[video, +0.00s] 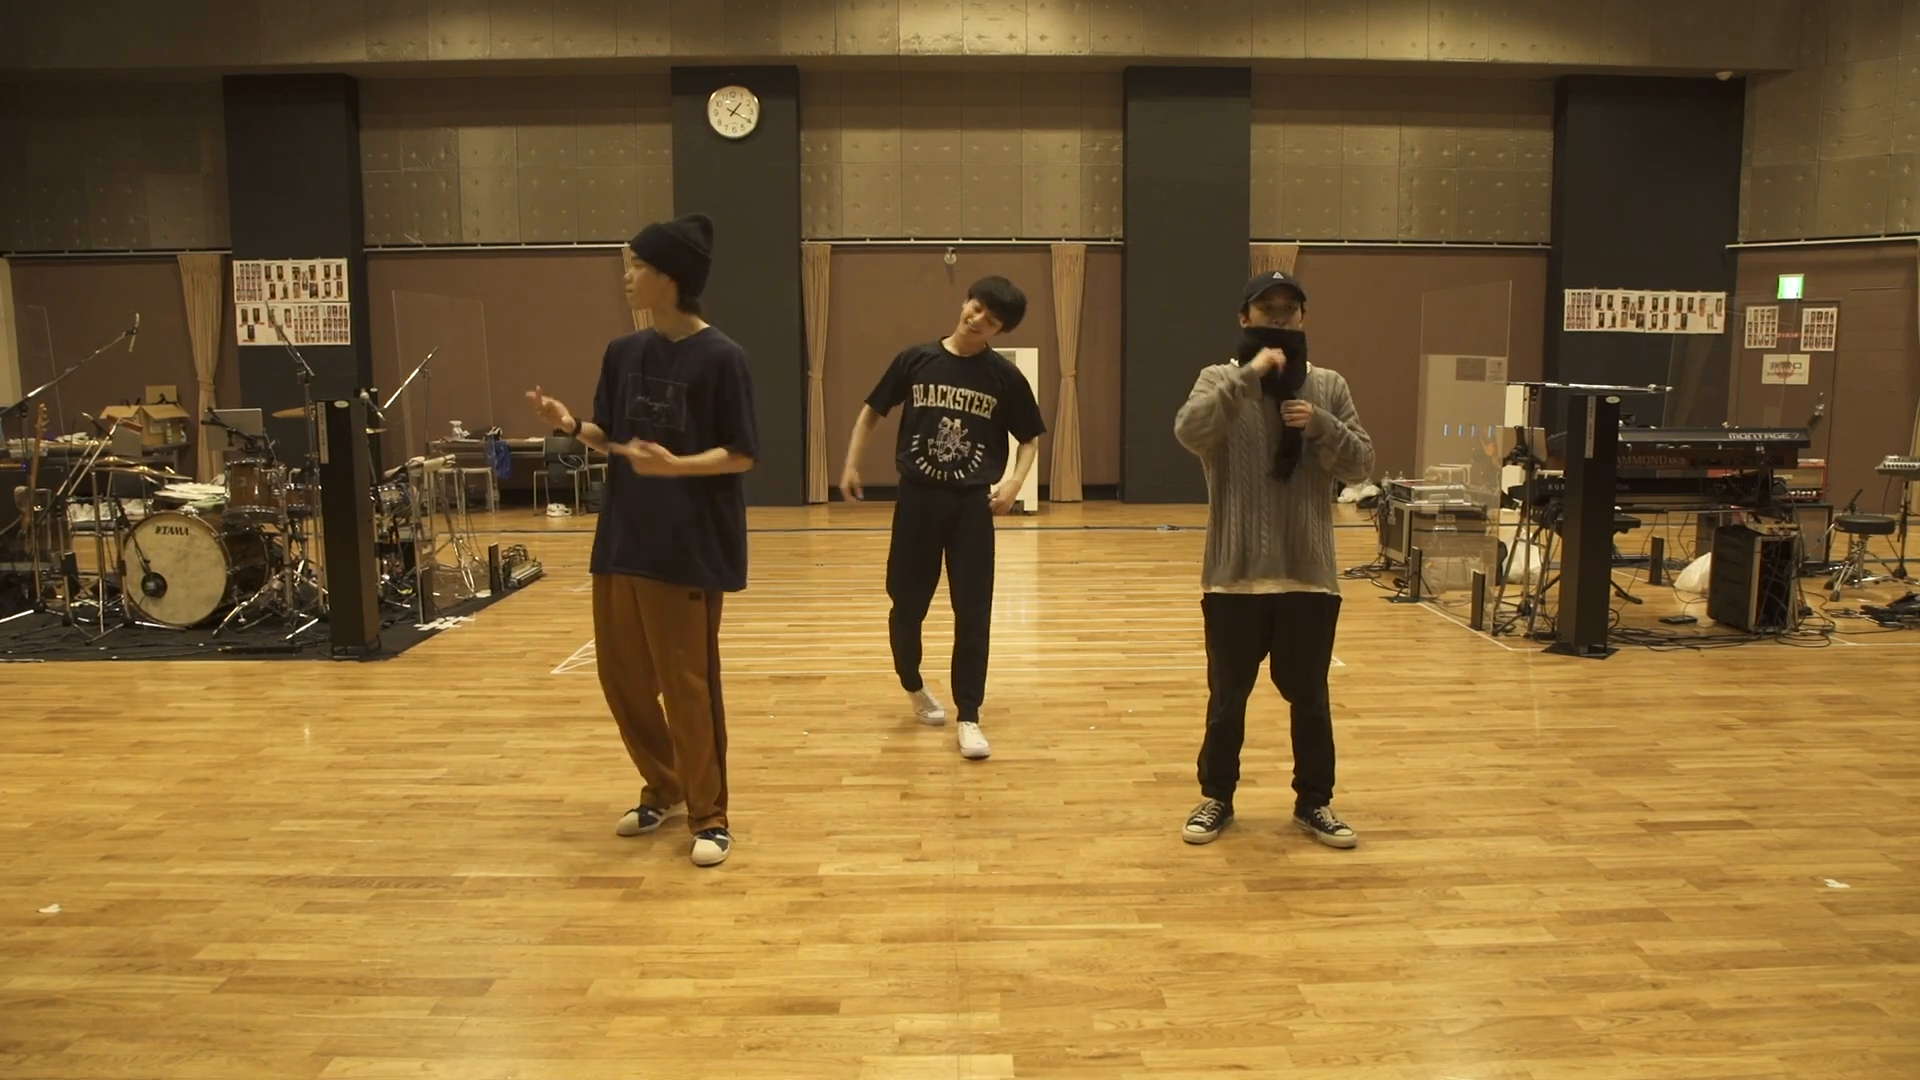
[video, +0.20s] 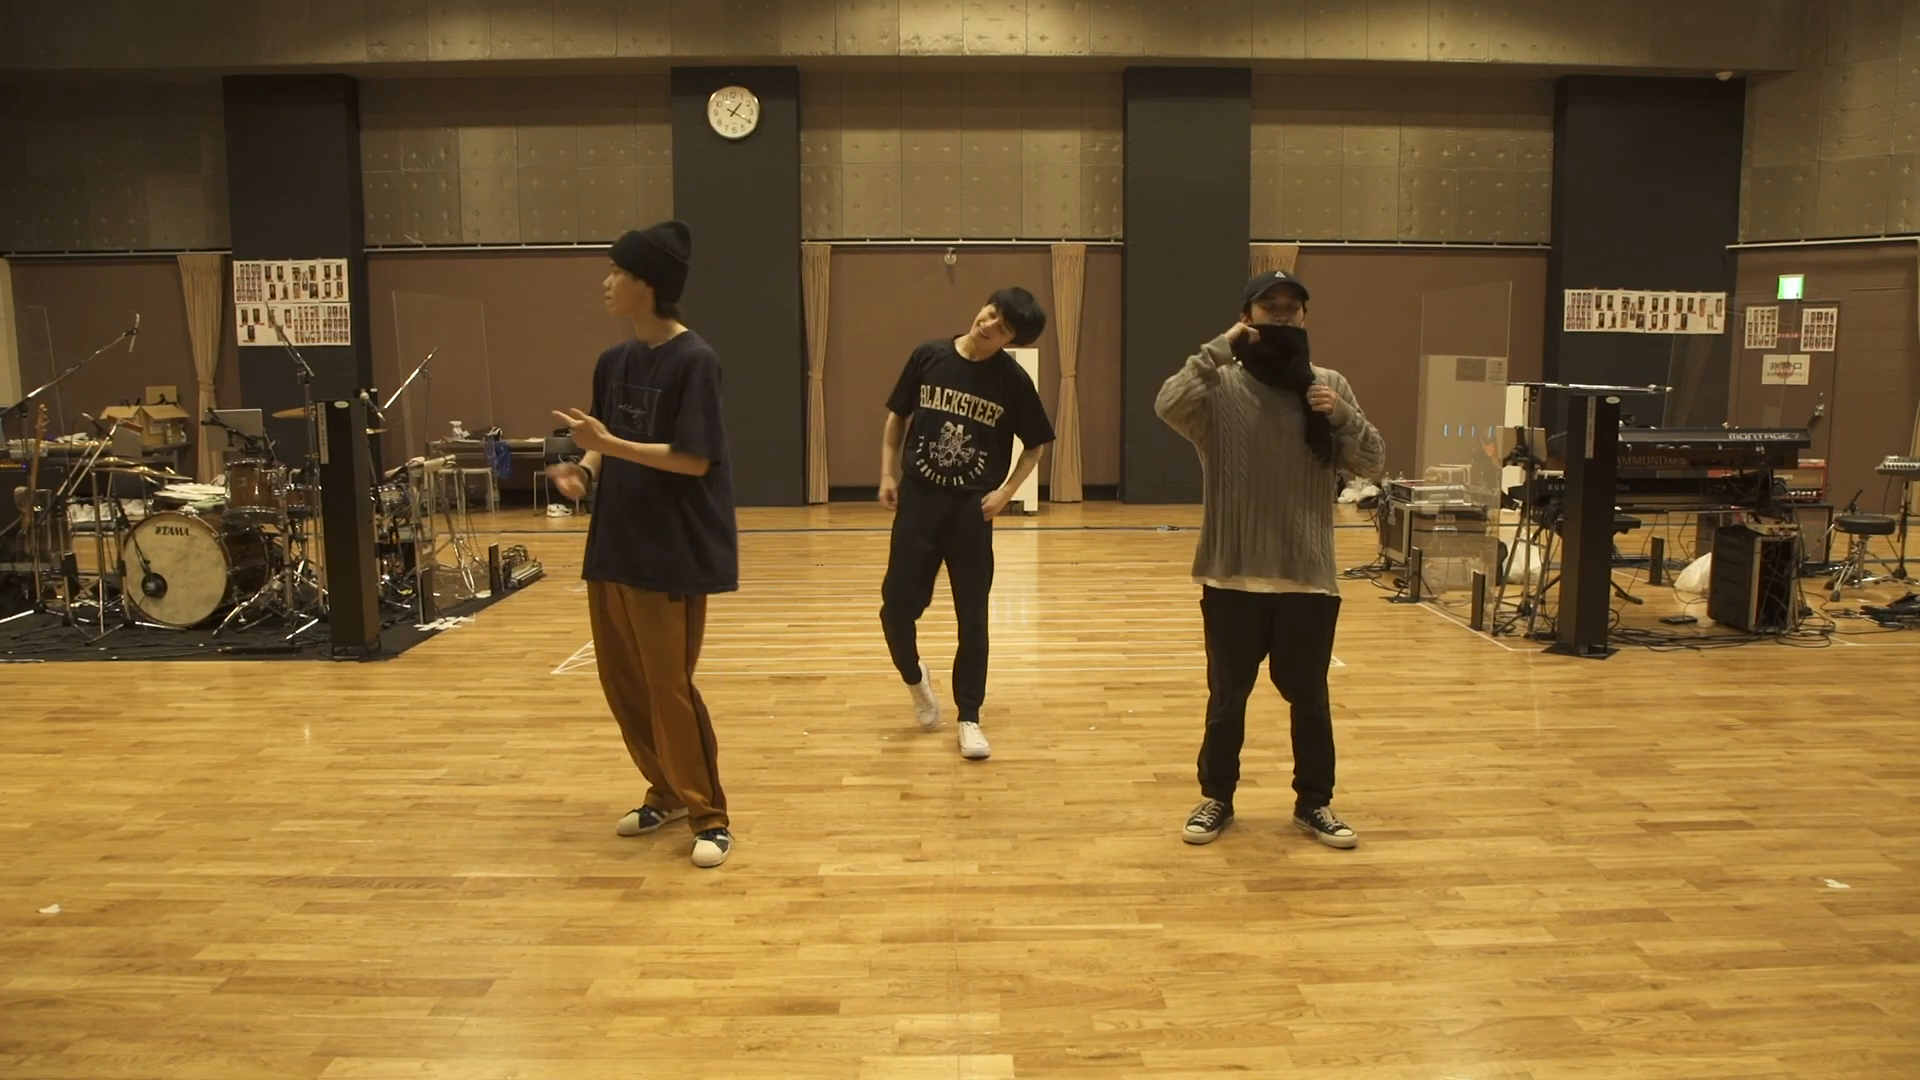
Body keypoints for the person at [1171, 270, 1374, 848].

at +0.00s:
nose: (1280, 320)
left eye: (1290, 310)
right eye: (1268, 310)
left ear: (1304, 319)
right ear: (1246, 317)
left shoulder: (1328, 387)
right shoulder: (1219, 382)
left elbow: (1361, 464)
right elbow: (1191, 432)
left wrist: (1321, 425)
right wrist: (1248, 373)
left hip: (1309, 574)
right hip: (1234, 573)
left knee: (1310, 697)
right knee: (1226, 697)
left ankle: (1314, 804)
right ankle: (1216, 801)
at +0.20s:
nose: (1282, 321)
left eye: (1291, 311)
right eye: (1271, 310)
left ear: (1305, 318)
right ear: (1247, 316)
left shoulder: (1328, 388)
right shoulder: (1217, 385)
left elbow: (1373, 463)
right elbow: (1168, 406)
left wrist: (1342, 417)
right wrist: (1224, 344)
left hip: (1308, 573)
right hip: (1232, 571)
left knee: (1310, 696)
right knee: (1226, 695)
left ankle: (1313, 804)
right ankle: (1215, 801)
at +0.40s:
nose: (1284, 321)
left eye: (1293, 311)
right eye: (1272, 310)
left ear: (1306, 319)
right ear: (1247, 316)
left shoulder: (1330, 391)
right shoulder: (1219, 384)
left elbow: (1362, 469)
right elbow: (1179, 422)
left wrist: (1324, 433)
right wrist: (1236, 364)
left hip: (1306, 575)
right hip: (1231, 573)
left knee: (1310, 697)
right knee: (1226, 695)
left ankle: (1313, 804)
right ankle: (1215, 801)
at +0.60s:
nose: (1281, 322)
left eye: (1291, 313)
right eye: (1270, 312)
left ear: (1304, 321)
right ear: (1247, 318)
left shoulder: (1330, 392)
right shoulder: (1220, 383)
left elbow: (1344, 480)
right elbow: (1212, 456)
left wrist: (1289, 449)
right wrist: (1276, 409)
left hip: (1304, 573)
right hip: (1229, 571)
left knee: (1309, 697)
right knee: (1225, 695)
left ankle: (1313, 805)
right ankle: (1215, 801)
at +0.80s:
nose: (1285, 321)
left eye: (1294, 311)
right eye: (1273, 311)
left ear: (1305, 319)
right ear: (1249, 317)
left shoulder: (1331, 393)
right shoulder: (1216, 392)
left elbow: (1350, 475)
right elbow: (1190, 472)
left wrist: (1367, 519)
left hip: (1304, 578)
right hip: (1230, 577)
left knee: (1307, 698)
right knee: (1223, 699)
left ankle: (1314, 804)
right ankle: (1215, 800)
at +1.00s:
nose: (1285, 320)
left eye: (1294, 311)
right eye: (1273, 310)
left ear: (1306, 319)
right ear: (1248, 317)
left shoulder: (1330, 392)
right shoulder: (1216, 389)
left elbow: (1336, 485)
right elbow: (1200, 484)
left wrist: (1327, 558)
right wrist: (1210, 562)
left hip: (1302, 577)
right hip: (1233, 576)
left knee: (1309, 697)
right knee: (1223, 697)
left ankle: (1313, 802)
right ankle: (1216, 799)